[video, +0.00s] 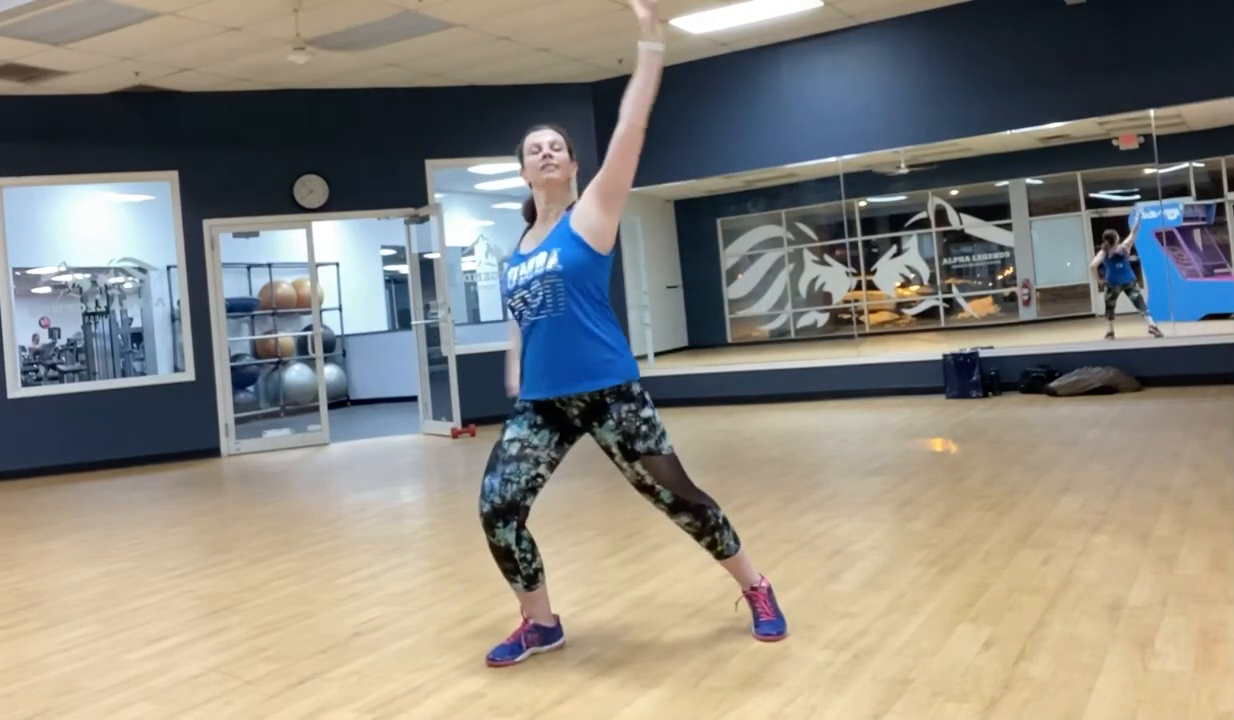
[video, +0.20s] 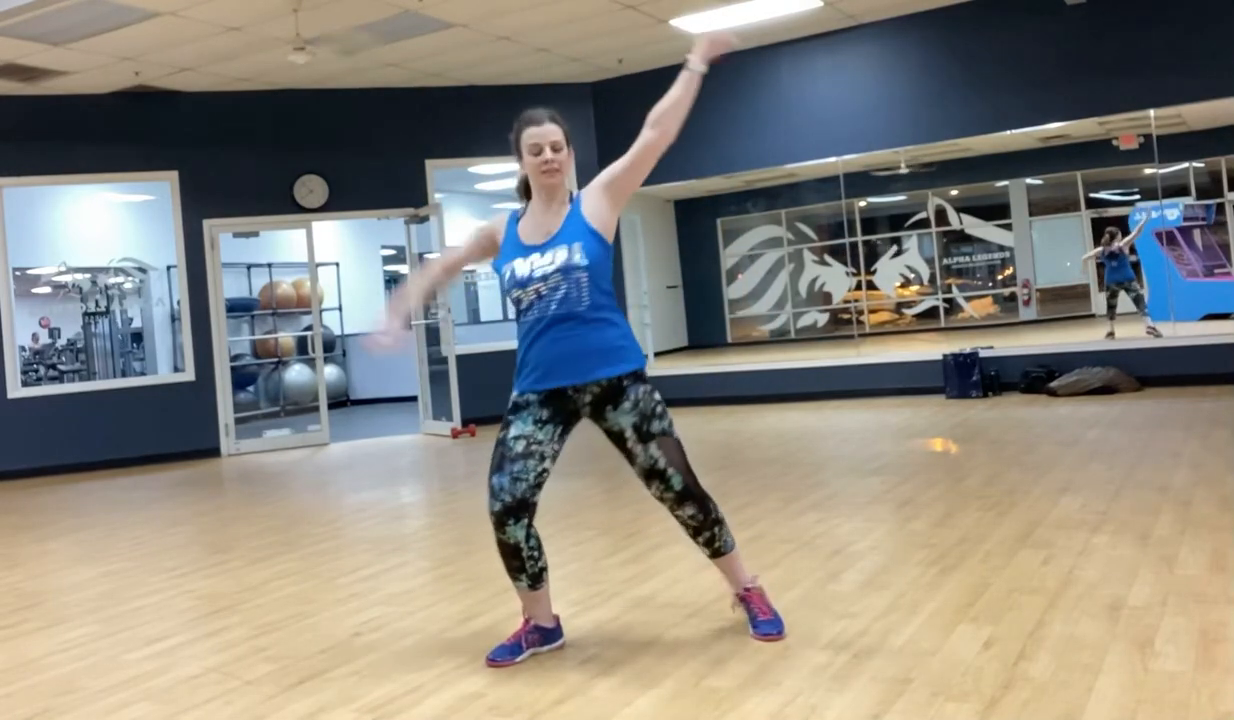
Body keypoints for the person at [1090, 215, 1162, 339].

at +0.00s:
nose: (1118, 239)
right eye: (1117, 237)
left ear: (1105, 241)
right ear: (1117, 239)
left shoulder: (1104, 252)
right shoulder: (1124, 247)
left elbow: (1093, 265)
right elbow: (1133, 234)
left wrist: (1098, 280)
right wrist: (1138, 221)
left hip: (1113, 281)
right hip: (1128, 279)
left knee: (1110, 306)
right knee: (1139, 301)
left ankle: (1111, 330)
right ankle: (1151, 324)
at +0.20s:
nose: (1121, 236)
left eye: (1120, 234)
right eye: (1119, 235)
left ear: (1107, 237)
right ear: (1117, 236)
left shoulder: (1102, 249)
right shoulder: (1122, 245)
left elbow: (1085, 257)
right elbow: (1136, 233)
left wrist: (1084, 267)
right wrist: (1145, 220)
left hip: (1111, 279)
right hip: (1127, 277)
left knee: (1111, 305)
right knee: (1139, 299)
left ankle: (1111, 330)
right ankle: (1149, 325)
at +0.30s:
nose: (1125, 235)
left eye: (1125, 233)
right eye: (1124, 233)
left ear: (1112, 234)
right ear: (1120, 233)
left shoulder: (1106, 245)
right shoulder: (1123, 241)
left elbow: (1093, 248)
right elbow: (1137, 233)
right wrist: (1148, 226)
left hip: (1113, 278)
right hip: (1126, 276)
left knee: (1113, 304)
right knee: (1141, 299)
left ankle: (1110, 329)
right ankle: (1138, 326)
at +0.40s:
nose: (1127, 235)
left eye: (1127, 233)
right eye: (1126, 233)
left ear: (1113, 234)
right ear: (1122, 234)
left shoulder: (1109, 244)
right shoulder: (1124, 240)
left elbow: (1095, 244)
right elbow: (1138, 234)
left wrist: (1080, 242)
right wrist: (1154, 231)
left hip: (1115, 277)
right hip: (1128, 275)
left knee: (1115, 301)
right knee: (1140, 300)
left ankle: (1106, 327)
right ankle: (1136, 327)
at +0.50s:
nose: (1131, 237)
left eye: (1130, 236)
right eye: (1130, 236)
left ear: (1118, 236)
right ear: (1127, 235)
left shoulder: (1114, 245)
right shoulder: (1127, 242)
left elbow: (1101, 244)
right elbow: (1137, 239)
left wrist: (1089, 240)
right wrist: (1143, 242)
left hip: (1118, 277)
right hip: (1130, 277)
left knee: (1117, 301)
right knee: (1142, 302)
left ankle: (1101, 322)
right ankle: (1137, 328)